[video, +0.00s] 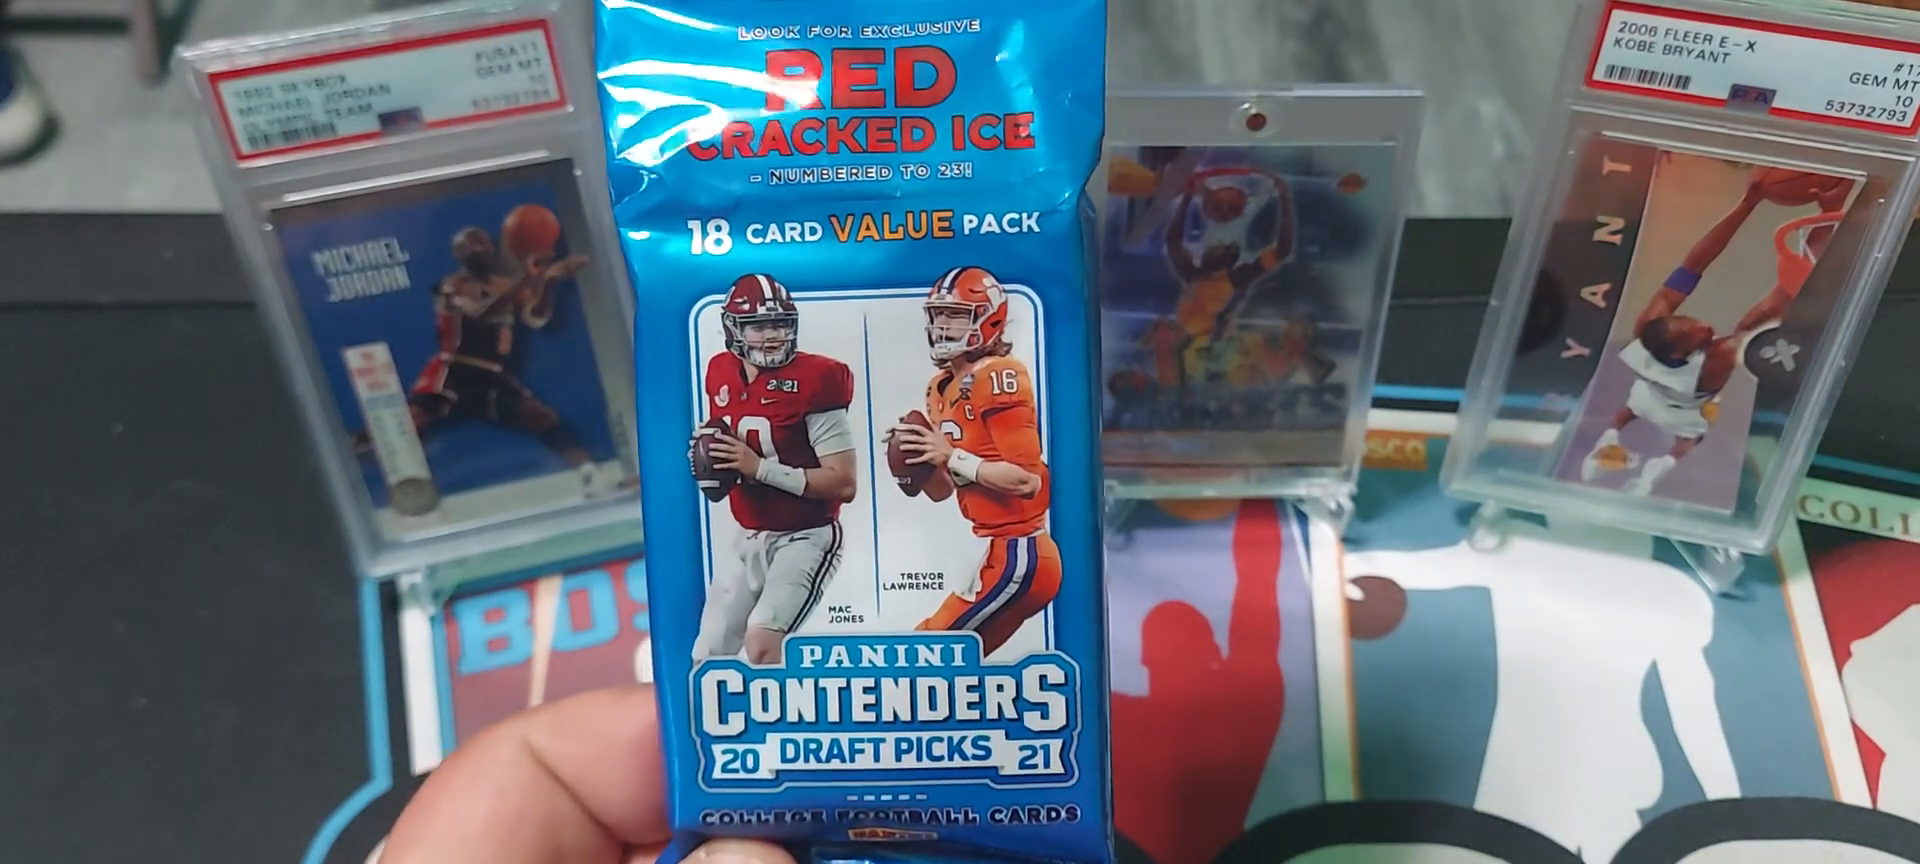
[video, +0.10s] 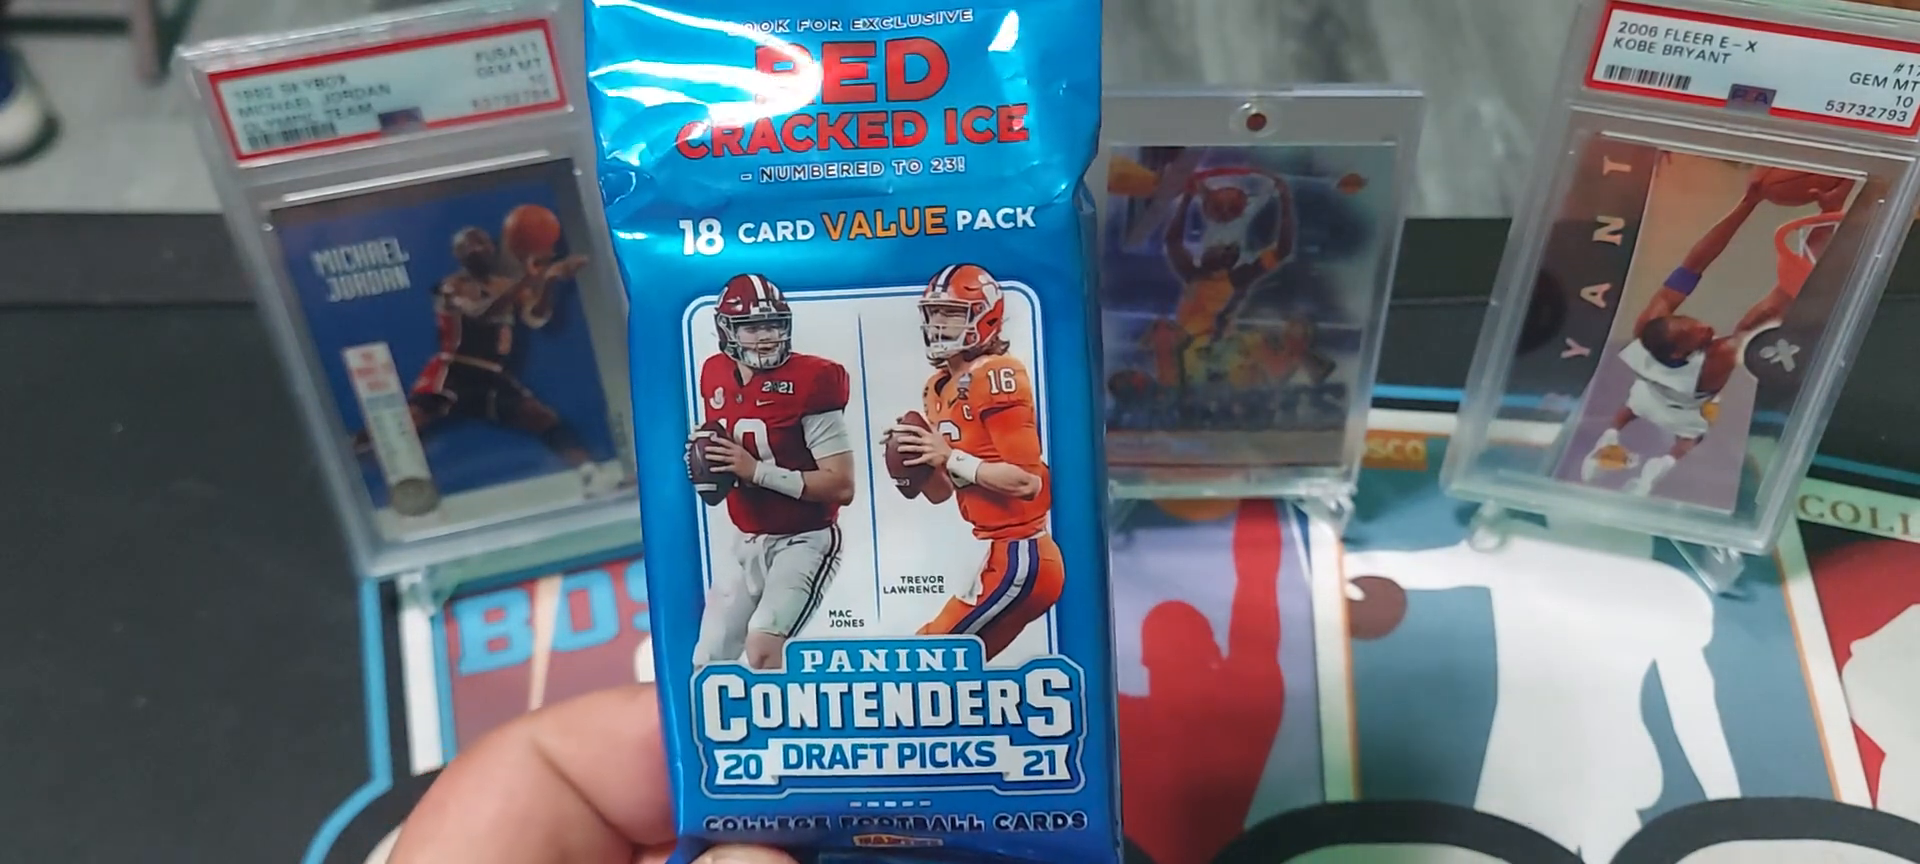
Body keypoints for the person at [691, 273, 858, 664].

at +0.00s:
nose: (770, 335)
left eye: (778, 325)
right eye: (757, 326)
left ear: (791, 326)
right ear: (734, 329)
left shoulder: (818, 379)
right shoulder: (721, 371)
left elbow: (843, 484)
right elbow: (718, 436)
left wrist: (759, 467)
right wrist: (704, 452)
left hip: (808, 538)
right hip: (747, 539)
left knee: (760, 646)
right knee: (707, 657)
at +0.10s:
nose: (764, 336)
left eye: (773, 325)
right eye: (752, 327)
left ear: (786, 327)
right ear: (728, 331)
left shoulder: (814, 380)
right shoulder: (715, 373)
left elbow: (841, 486)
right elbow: (717, 442)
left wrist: (756, 470)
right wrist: (702, 455)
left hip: (807, 540)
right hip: (746, 543)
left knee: (762, 649)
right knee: (708, 663)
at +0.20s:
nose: (778, 340)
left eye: (786, 329)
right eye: (765, 330)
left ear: (799, 330)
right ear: (741, 334)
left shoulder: (827, 384)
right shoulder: (728, 377)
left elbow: (855, 490)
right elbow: (728, 440)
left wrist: (768, 475)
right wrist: (713, 457)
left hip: (820, 546)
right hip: (758, 548)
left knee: (774, 656)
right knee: (719, 669)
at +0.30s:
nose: (783, 347)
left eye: (792, 336)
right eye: (772, 337)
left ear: (805, 337)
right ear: (747, 340)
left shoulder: (834, 391)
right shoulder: (734, 383)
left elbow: (861, 499)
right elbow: (733, 451)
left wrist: (774, 482)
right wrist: (718, 466)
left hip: (825, 555)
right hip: (763, 556)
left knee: (777, 667)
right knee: (724, 677)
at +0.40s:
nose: (778, 358)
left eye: (787, 347)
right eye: (766, 348)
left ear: (801, 347)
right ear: (741, 351)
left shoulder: (830, 402)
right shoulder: (728, 394)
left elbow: (859, 511)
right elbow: (729, 468)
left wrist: (769, 493)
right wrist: (713, 479)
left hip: (823, 565)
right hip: (759, 566)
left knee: (776, 673)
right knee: (722, 686)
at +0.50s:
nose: (786, 354)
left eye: (795, 343)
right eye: (774, 345)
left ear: (808, 344)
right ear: (750, 347)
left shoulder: (837, 399)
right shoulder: (736, 390)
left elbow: (866, 507)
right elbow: (738, 462)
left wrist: (777, 489)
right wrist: (721, 474)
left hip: (829, 563)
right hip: (765, 564)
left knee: (782, 673)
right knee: (728, 685)